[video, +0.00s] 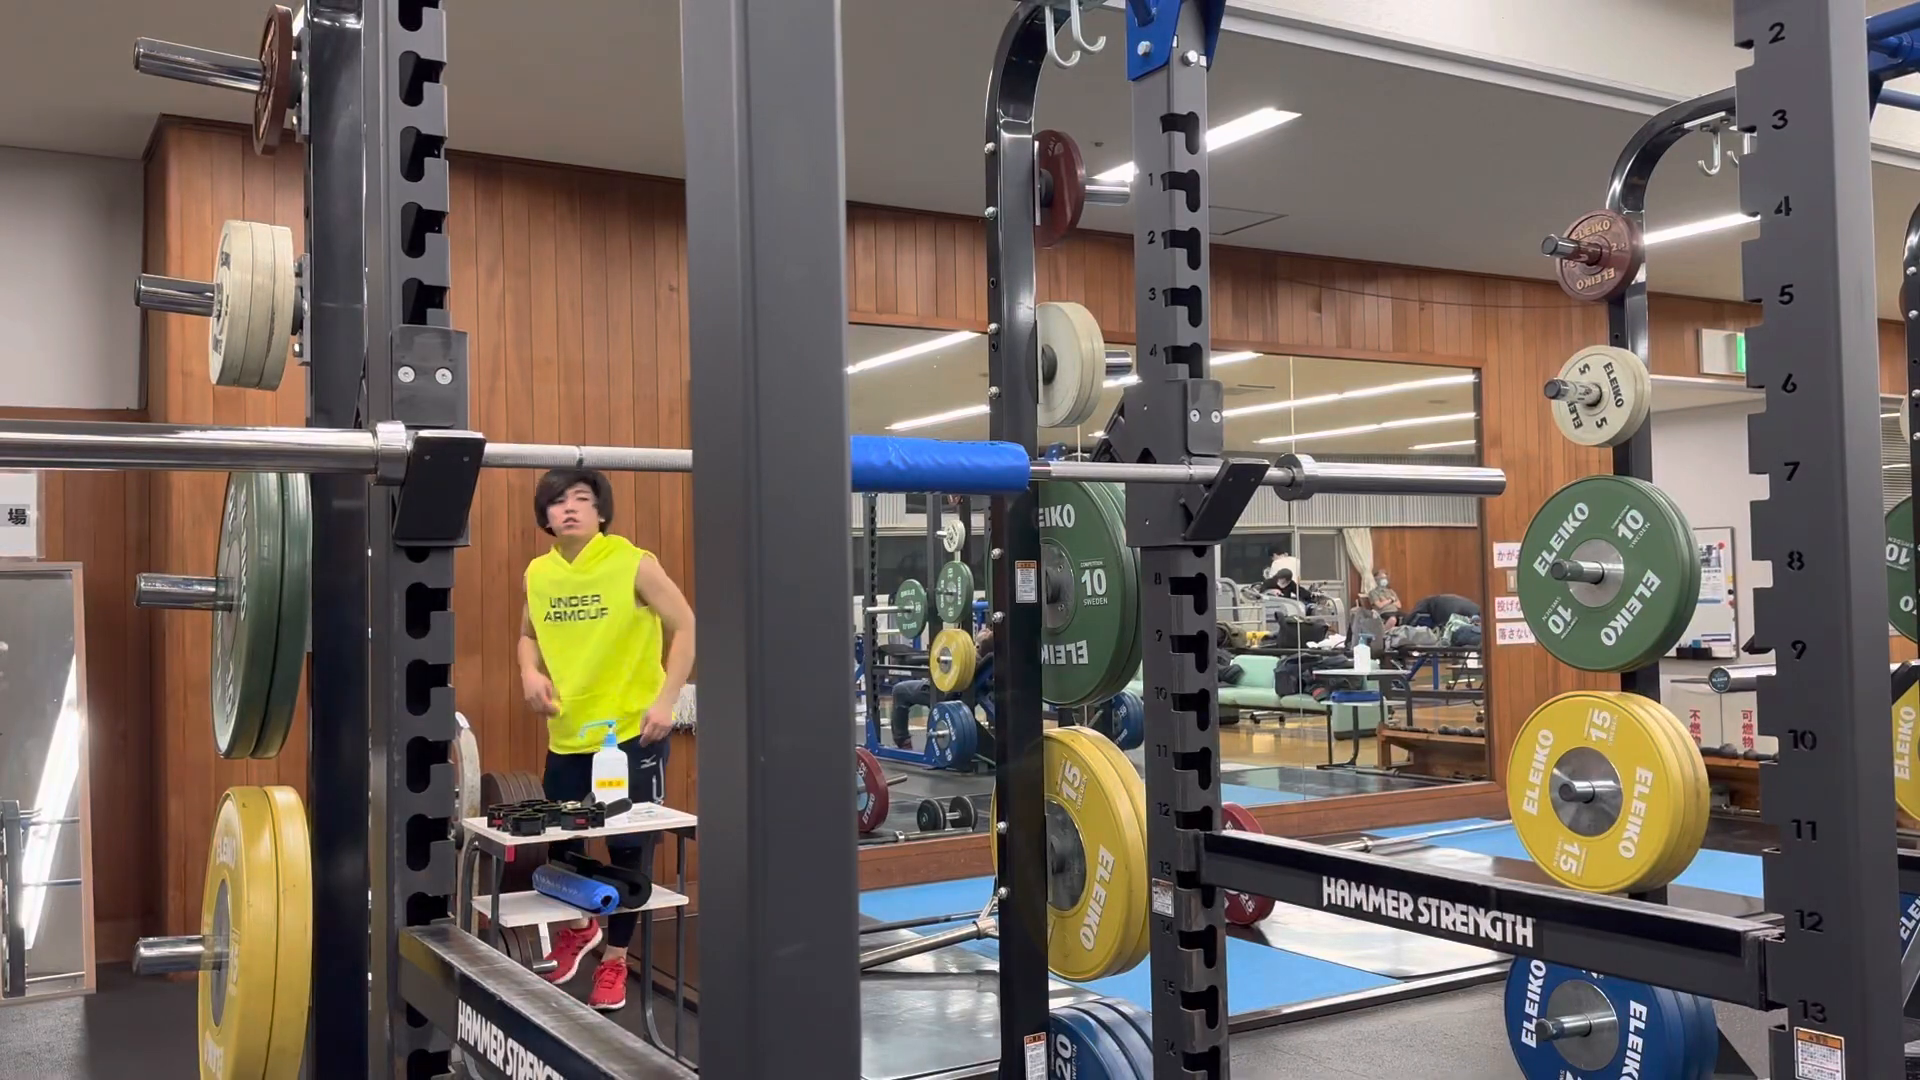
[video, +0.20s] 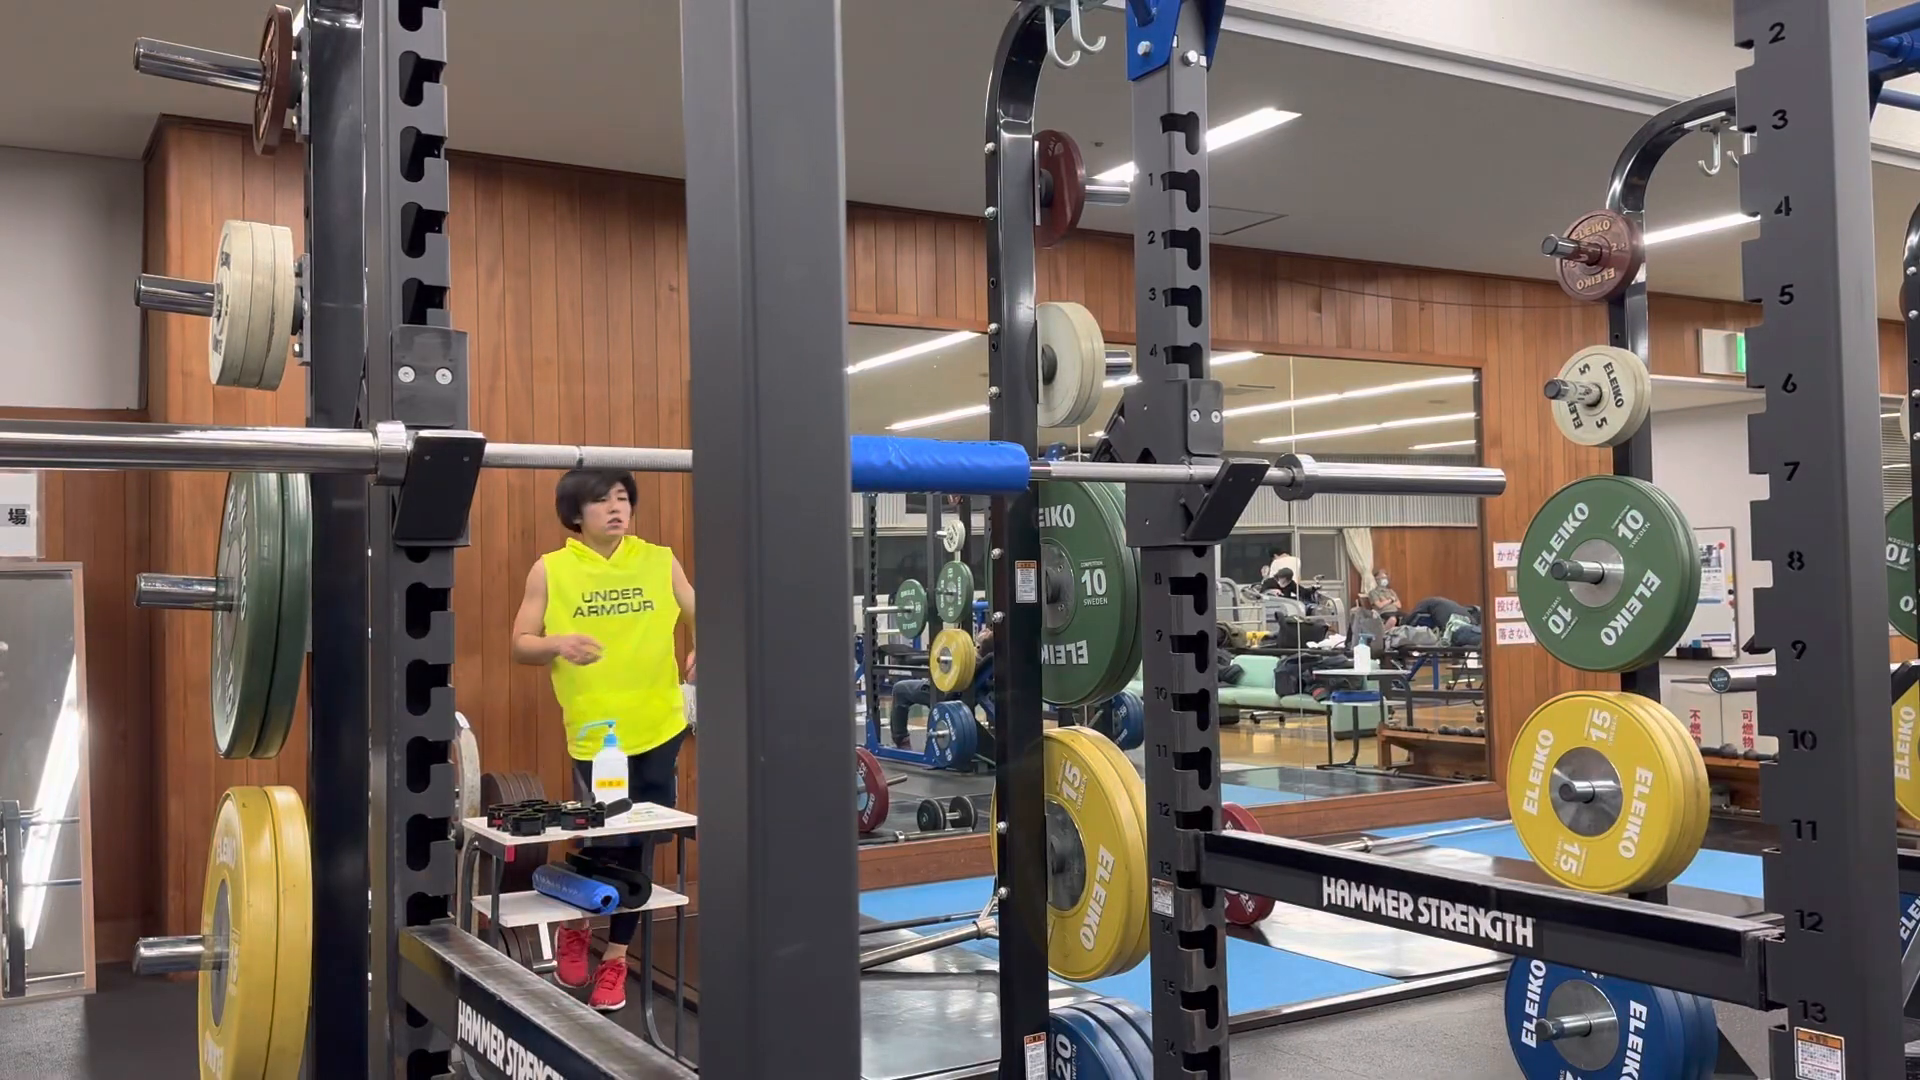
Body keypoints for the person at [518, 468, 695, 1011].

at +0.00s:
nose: (570, 507)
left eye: (581, 498)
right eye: (557, 501)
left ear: (602, 511)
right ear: (545, 516)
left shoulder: (633, 565)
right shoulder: (538, 576)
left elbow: (685, 624)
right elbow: (530, 636)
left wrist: (667, 700)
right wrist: (530, 672)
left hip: (631, 735)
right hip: (568, 736)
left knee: (627, 849)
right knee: (559, 842)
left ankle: (616, 953)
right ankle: (579, 921)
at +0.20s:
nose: (615, 509)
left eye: (622, 500)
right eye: (602, 501)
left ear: (633, 508)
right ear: (575, 512)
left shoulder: (661, 562)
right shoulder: (551, 570)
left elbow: (702, 618)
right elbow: (521, 643)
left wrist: (701, 652)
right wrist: (557, 646)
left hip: (657, 725)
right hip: (592, 730)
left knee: (639, 848)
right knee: (596, 843)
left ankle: (617, 953)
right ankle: (577, 927)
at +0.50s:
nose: (667, 505)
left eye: (667, 495)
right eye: (657, 496)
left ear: (653, 502)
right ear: (622, 502)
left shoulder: (665, 547)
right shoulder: (586, 559)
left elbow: (699, 594)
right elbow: (566, 639)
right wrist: (638, 618)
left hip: (672, 720)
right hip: (623, 726)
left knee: (647, 848)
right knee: (679, 829)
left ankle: (607, 953)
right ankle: (634, 952)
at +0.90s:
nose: (727, 497)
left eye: (725, 487)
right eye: (720, 488)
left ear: (680, 495)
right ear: (700, 495)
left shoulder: (723, 546)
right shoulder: (664, 551)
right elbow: (654, 632)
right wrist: (722, 611)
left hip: (723, 730)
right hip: (683, 733)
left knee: (709, 852)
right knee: (690, 857)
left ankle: (648, 926)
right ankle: (680, 979)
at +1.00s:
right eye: (749, 497)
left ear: (715, 495)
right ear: (727, 495)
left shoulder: (723, 547)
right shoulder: (690, 544)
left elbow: (684, 628)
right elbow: (683, 629)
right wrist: (748, 608)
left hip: (719, 736)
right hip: (699, 737)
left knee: (703, 865)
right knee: (703, 865)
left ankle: (691, 982)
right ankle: (692, 984)